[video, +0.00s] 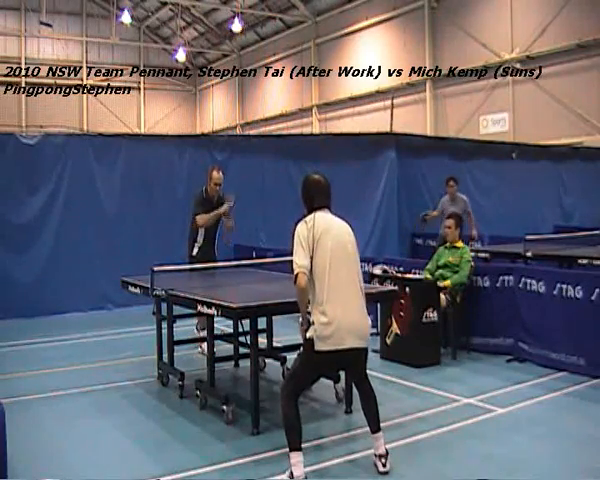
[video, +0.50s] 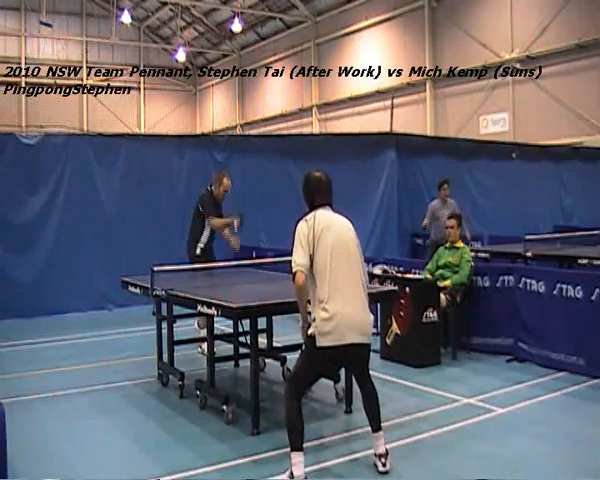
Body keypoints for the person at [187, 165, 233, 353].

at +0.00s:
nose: (217, 188)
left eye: (220, 184)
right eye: (215, 184)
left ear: (223, 183)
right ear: (208, 181)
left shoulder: (220, 198)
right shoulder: (201, 197)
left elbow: (226, 225)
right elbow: (200, 220)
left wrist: (227, 219)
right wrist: (221, 210)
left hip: (211, 250)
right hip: (197, 250)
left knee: (210, 291)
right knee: (201, 293)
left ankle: (204, 328)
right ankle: (201, 331)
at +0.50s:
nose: (225, 193)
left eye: (227, 189)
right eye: (224, 188)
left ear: (224, 187)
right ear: (216, 185)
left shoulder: (217, 200)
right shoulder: (206, 198)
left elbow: (219, 225)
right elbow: (214, 222)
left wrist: (230, 238)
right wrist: (232, 220)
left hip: (208, 249)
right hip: (198, 250)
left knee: (212, 286)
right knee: (206, 291)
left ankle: (202, 320)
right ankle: (204, 339)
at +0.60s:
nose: (227, 195)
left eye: (229, 192)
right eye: (225, 191)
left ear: (229, 191)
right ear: (217, 188)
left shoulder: (224, 207)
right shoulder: (209, 196)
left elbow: (222, 233)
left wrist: (226, 253)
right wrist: (207, 213)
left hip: (209, 249)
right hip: (197, 248)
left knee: (208, 288)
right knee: (201, 289)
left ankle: (200, 327)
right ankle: (200, 334)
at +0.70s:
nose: (227, 193)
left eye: (229, 190)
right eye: (225, 189)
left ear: (230, 191)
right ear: (218, 186)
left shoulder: (224, 204)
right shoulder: (206, 193)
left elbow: (222, 231)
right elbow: (189, 192)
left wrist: (222, 253)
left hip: (210, 251)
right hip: (197, 250)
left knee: (208, 291)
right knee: (198, 292)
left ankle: (202, 330)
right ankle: (195, 333)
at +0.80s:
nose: (224, 185)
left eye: (227, 182)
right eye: (223, 181)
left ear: (229, 184)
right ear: (216, 179)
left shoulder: (224, 200)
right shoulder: (205, 191)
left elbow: (223, 226)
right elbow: (184, 193)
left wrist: (223, 248)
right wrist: (183, 203)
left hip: (212, 248)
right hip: (198, 247)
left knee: (211, 283)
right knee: (197, 285)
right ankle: (194, 324)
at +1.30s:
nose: (207, 170)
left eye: (210, 167)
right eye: (204, 167)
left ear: (213, 167)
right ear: (200, 169)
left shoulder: (221, 189)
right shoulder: (196, 192)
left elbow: (229, 211)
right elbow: (186, 210)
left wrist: (230, 231)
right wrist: (180, 214)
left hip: (221, 239)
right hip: (204, 240)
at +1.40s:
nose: (204, 179)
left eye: (206, 175)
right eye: (201, 175)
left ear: (211, 176)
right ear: (197, 177)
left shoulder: (221, 195)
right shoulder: (195, 200)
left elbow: (233, 216)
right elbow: (186, 222)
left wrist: (232, 237)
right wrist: (180, 223)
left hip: (222, 250)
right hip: (204, 251)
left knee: (222, 291)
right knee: (201, 295)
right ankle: (200, 338)